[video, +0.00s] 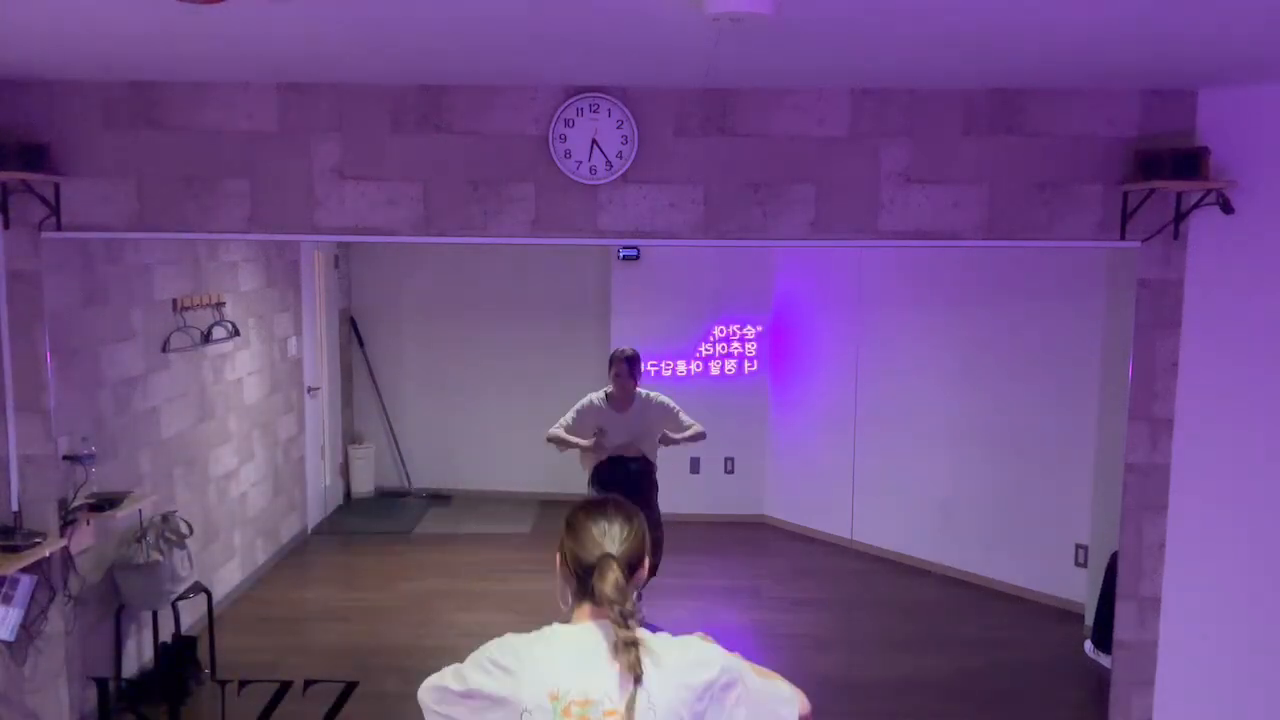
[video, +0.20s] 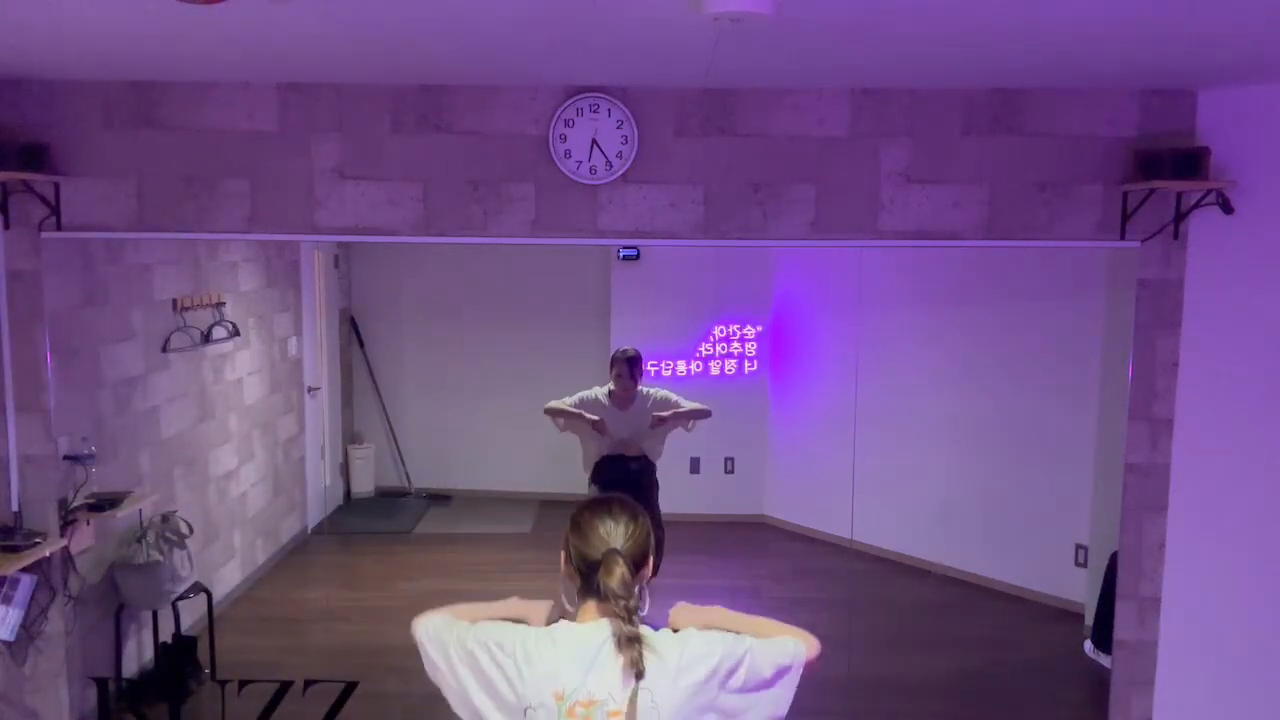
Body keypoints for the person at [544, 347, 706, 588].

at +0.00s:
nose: (621, 381)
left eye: (627, 375)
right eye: (617, 375)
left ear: (637, 376)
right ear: (610, 375)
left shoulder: (654, 403)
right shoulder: (594, 404)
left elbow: (699, 432)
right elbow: (554, 434)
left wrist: (676, 439)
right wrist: (584, 444)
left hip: (642, 484)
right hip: (604, 482)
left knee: (652, 552)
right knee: (603, 542)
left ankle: (636, 596)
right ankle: (602, 598)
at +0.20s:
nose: (625, 383)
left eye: (631, 377)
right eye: (619, 377)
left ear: (639, 376)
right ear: (611, 374)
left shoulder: (654, 398)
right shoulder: (596, 397)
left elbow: (704, 412)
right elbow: (551, 408)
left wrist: (671, 416)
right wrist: (585, 417)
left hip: (642, 479)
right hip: (604, 477)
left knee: (650, 534)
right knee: (601, 531)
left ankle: (645, 584)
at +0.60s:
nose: (615, 320)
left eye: (621, 315)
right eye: (611, 314)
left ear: (633, 320)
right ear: (606, 317)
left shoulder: (649, 346)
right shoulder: (590, 342)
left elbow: (682, 380)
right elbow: (549, 369)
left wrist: (651, 409)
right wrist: (574, 407)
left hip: (637, 434)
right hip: (593, 431)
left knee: (639, 498)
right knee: (593, 497)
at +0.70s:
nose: (612, 322)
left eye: (619, 317)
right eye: (609, 316)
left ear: (631, 323)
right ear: (603, 320)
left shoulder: (647, 355)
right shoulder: (586, 351)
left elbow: (664, 406)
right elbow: (553, 391)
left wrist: (640, 441)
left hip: (635, 442)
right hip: (592, 438)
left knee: (640, 507)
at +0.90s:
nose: (614, 349)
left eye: (621, 344)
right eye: (610, 342)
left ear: (630, 350)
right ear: (602, 345)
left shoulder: (642, 389)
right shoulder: (580, 383)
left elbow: (636, 446)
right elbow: (569, 433)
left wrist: (629, 492)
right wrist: (568, 476)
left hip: (627, 466)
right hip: (587, 464)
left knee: (644, 527)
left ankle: (631, 589)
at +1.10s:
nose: (600, 360)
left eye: (606, 356)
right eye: (596, 354)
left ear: (617, 362)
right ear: (588, 355)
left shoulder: (624, 399)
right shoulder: (566, 380)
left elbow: (630, 450)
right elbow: (555, 430)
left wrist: (653, 482)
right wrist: (575, 466)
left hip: (602, 464)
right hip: (566, 461)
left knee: (613, 532)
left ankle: (628, 603)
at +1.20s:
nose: (581, 359)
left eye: (588, 356)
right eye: (578, 353)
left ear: (599, 363)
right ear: (571, 353)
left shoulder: (602, 401)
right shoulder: (552, 369)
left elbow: (621, 448)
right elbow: (544, 409)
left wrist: (659, 457)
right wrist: (577, 439)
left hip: (572, 466)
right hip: (540, 461)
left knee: (585, 537)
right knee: (512, 523)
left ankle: (626, 598)